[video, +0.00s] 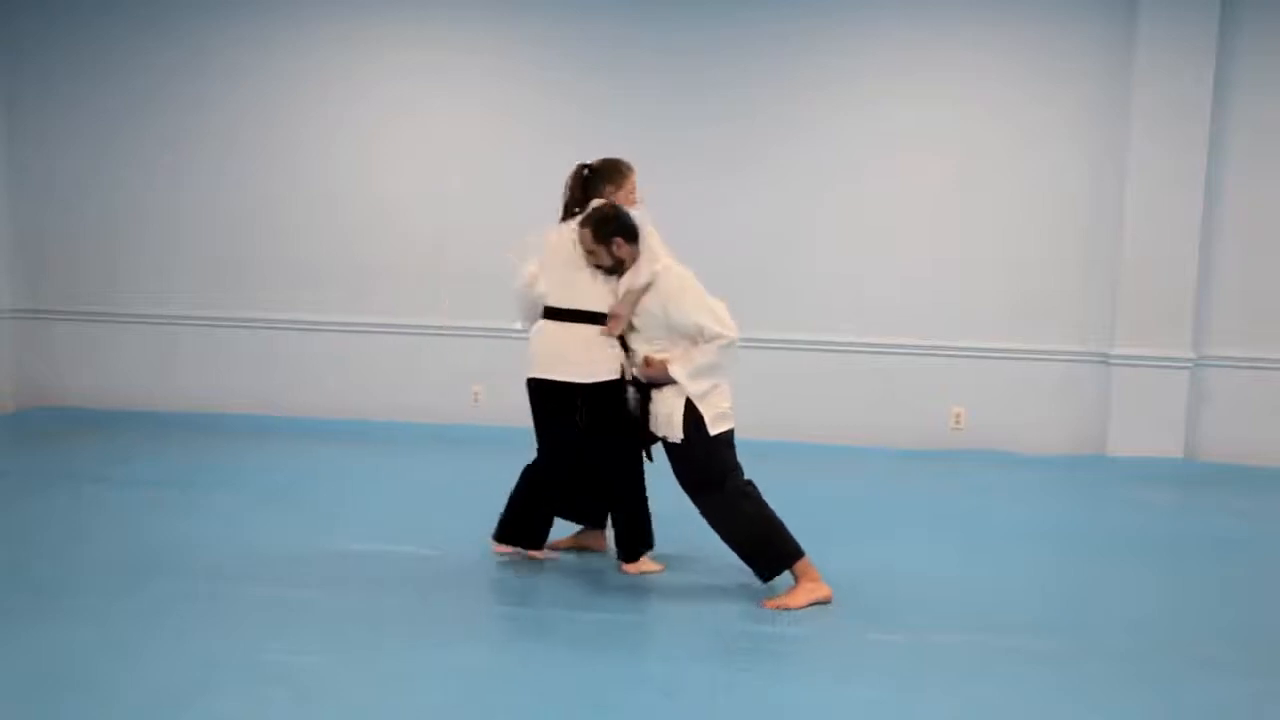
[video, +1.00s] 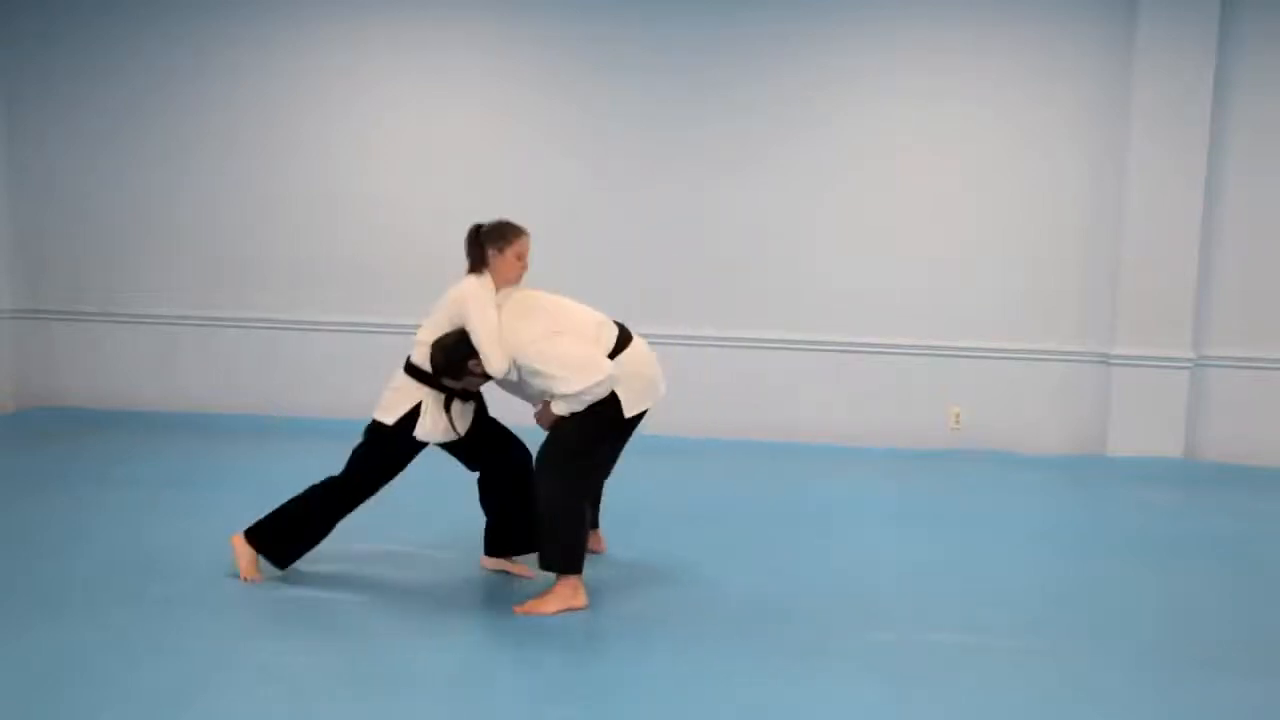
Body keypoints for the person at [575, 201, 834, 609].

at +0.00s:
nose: (588, 259)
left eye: (592, 251)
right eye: (586, 250)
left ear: (620, 247)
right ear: (618, 246)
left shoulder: (668, 280)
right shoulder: (619, 279)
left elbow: (723, 335)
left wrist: (671, 369)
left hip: (690, 401)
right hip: (649, 396)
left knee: (724, 490)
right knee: (602, 446)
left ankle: (809, 579)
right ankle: (592, 531)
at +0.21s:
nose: (553, 283)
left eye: (554, 275)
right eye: (548, 276)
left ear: (578, 260)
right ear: (577, 259)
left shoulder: (633, 283)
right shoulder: (593, 289)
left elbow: (691, 332)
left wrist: (643, 366)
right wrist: (583, 350)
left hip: (671, 396)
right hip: (629, 394)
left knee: (667, 486)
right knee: (591, 453)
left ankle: (755, 546)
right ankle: (592, 539)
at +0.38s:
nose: (528, 315)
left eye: (530, 307)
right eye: (522, 310)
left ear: (548, 287)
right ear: (546, 285)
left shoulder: (605, 296)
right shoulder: (553, 313)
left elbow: (671, 344)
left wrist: (624, 372)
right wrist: (580, 373)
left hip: (657, 376)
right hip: (615, 380)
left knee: (609, 448)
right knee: (575, 440)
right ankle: (590, 537)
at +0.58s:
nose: (495, 365)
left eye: (492, 359)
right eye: (489, 360)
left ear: (506, 344)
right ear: (507, 338)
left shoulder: (560, 340)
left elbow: (629, 374)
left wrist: (577, 402)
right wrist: (569, 396)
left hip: (641, 397)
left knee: (563, 460)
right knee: (562, 440)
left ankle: (569, 584)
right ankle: (588, 530)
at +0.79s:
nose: (478, 407)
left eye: (473, 404)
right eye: (472, 405)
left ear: (479, 387)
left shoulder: (523, 364)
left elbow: (595, 396)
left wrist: (551, 419)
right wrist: (542, 414)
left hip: (622, 395)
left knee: (541, 469)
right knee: (565, 453)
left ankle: (567, 585)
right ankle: (585, 531)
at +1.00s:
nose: (470, 390)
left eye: (465, 384)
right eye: (462, 386)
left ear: (474, 364)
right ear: (474, 358)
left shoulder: (520, 343)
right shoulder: (499, 316)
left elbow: (596, 380)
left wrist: (556, 409)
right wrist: (551, 399)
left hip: (622, 378)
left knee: (555, 465)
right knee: (581, 457)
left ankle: (569, 585)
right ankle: (588, 531)